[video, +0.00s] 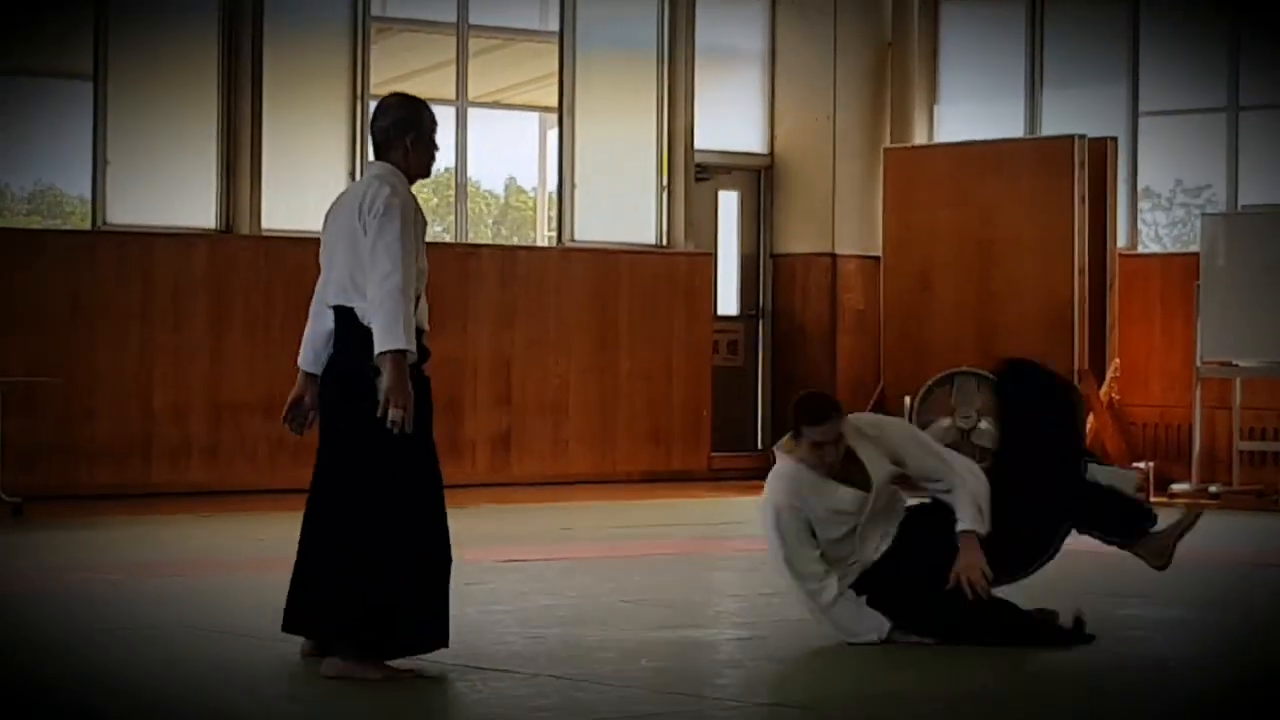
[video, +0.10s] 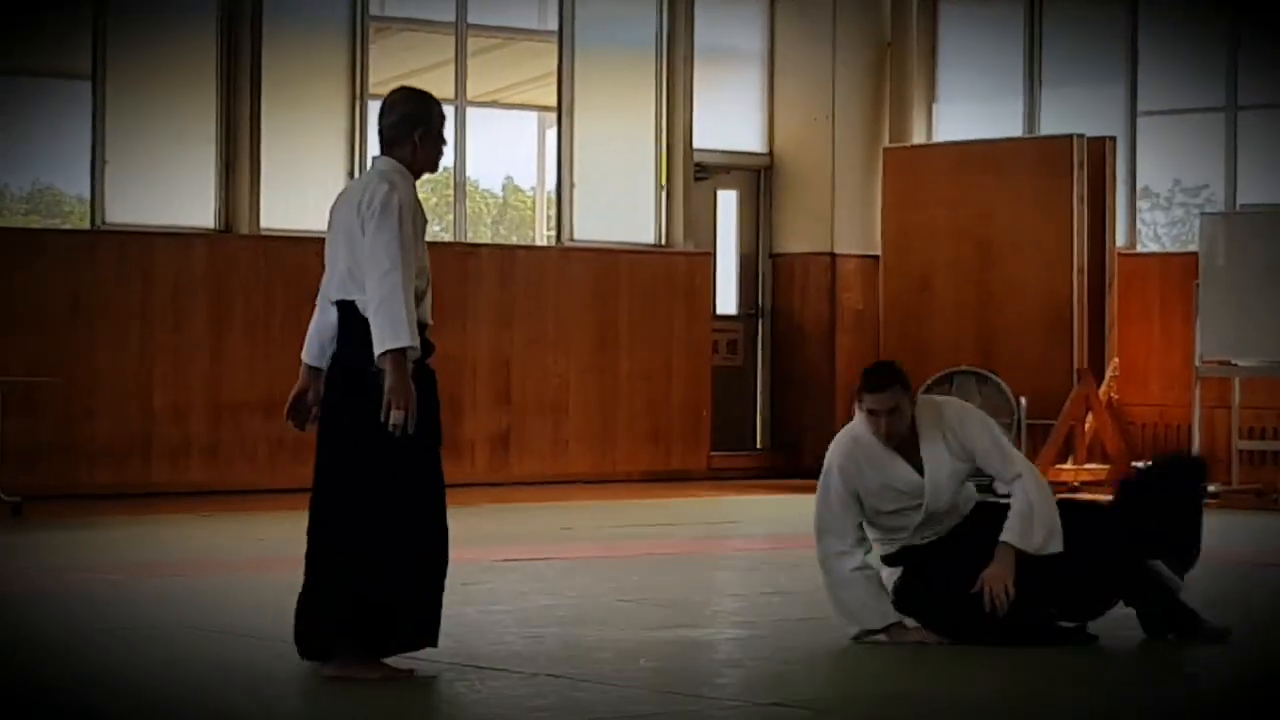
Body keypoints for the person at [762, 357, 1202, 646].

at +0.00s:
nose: (833, 453)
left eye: (839, 440)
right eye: (819, 447)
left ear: (847, 427)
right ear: (796, 443)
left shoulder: (870, 429)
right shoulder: (785, 497)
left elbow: (963, 471)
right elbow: (819, 586)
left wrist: (971, 543)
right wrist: (879, 631)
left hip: (918, 530)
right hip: (875, 583)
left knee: (1035, 482)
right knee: (949, 616)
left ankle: (1143, 538)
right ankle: (1042, 627)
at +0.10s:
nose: (885, 425)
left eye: (893, 413)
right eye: (873, 416)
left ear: (910, 401)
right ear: (858, 411)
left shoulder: (950, 417)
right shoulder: (845, 455)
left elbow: (1025, 478)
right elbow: (839, 550)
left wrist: (1007, 557)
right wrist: (886, 622)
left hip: (981, 523)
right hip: (920, 560)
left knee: (1089, 524)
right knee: (958, 620)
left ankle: (1163, 610)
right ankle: (1044, 629)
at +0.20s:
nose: (938, 409)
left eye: (948, 396)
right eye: (928, 399)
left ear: (972, 386)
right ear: (918, 396)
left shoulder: (1017, 410)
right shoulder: (906, 441)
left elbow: (1072, 484)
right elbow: (880, 525)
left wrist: (1038, 555)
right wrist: (895, 623)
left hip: (1041, 516)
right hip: (975, 542)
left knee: (1134, 503)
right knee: (958, 604)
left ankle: (1177, 611)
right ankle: (1062, 625)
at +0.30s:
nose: (979, 396)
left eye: (990, 383)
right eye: (972, 384)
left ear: (1018, 376)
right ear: (966, 384)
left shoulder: (1068, 399)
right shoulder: (959, 435)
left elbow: (1120, 477)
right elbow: (932, 518)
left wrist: (1073, 547)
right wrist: (906, 614)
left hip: (1087, 511)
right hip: (1020, 529)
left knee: (1184, 504)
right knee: (961, 603)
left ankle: (1192, 627)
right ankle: (1056, 623)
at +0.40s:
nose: (1008, 371)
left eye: (1019, 359)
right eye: (1001, 360)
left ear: (1049, 353)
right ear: (995, 359)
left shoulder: (1104, 378)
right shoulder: (993, 410)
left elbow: (1155, 463)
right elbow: (960, 495)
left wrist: (1107, 536)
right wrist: (933, 586)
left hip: (1125, 494)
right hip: (1051, 505)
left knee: (1214, 513)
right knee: (972, 561)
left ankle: (1194, 626)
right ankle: (1058, 593)